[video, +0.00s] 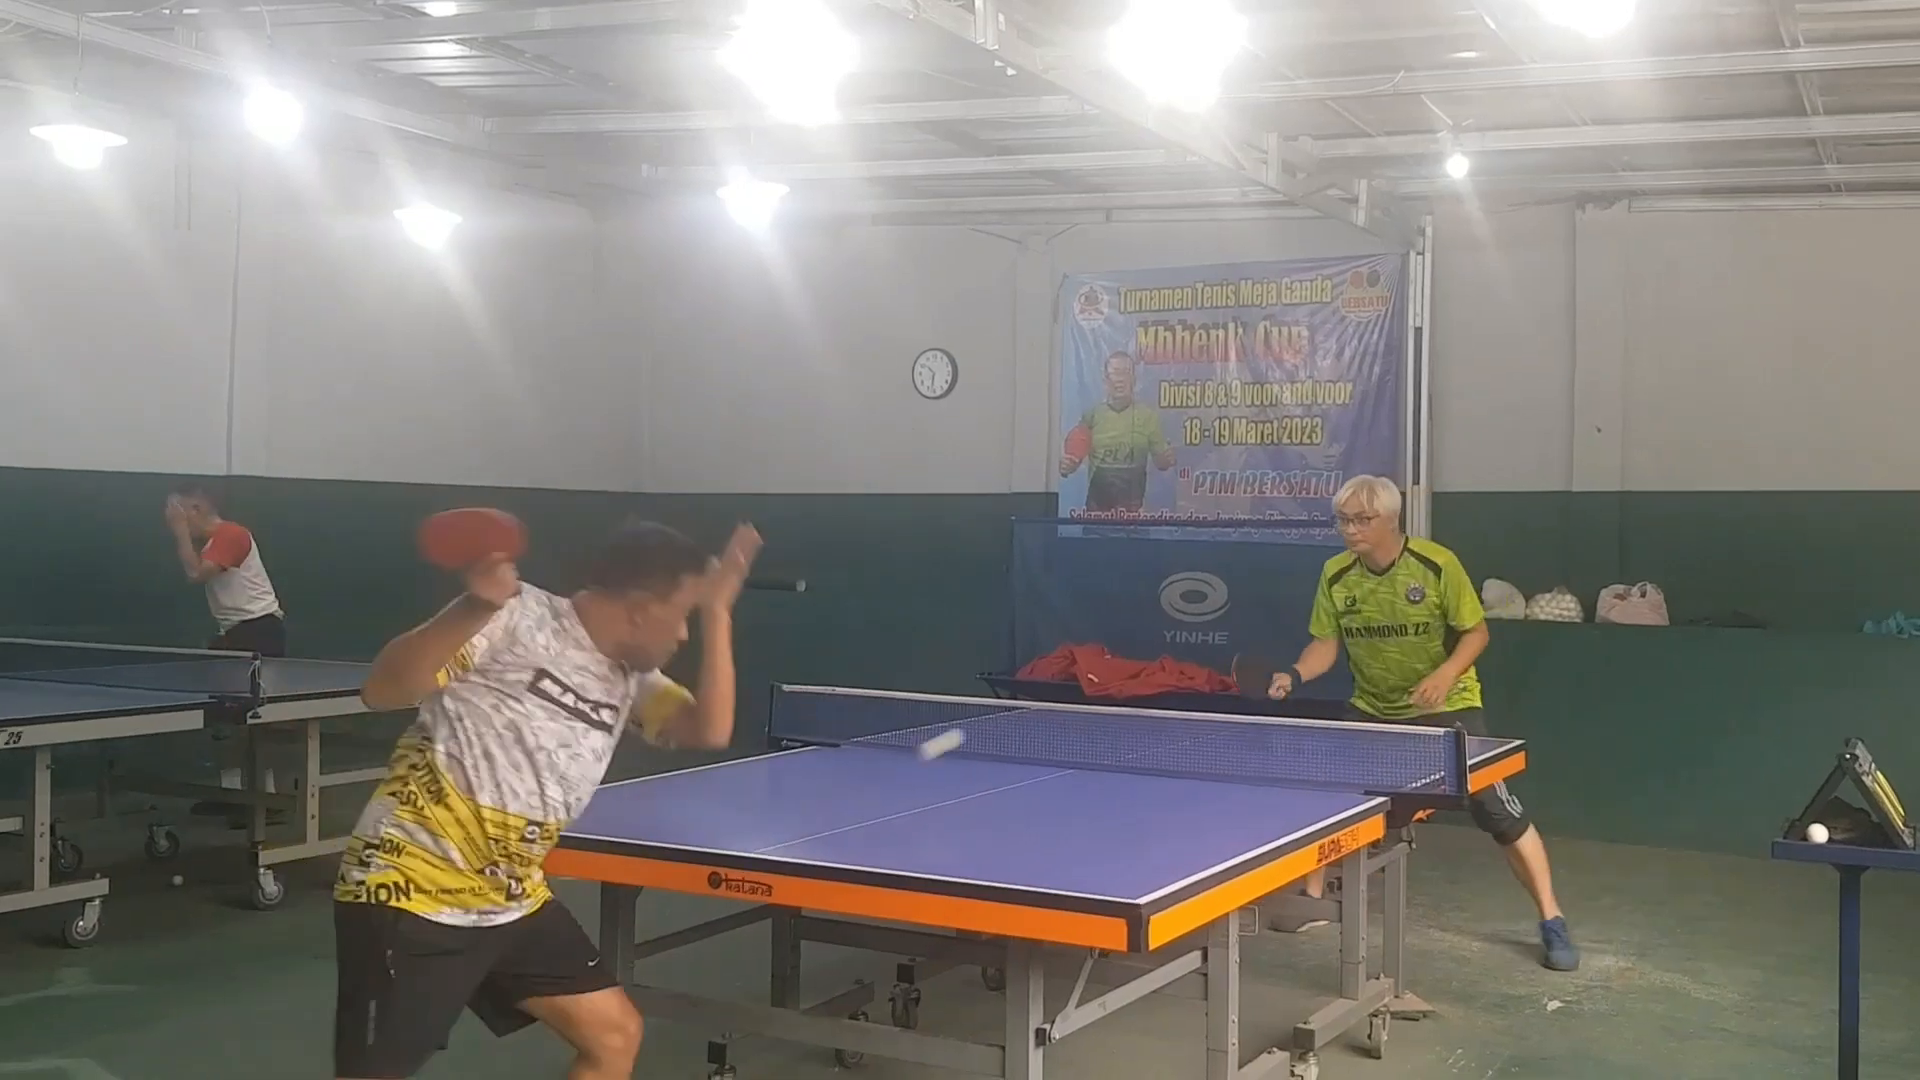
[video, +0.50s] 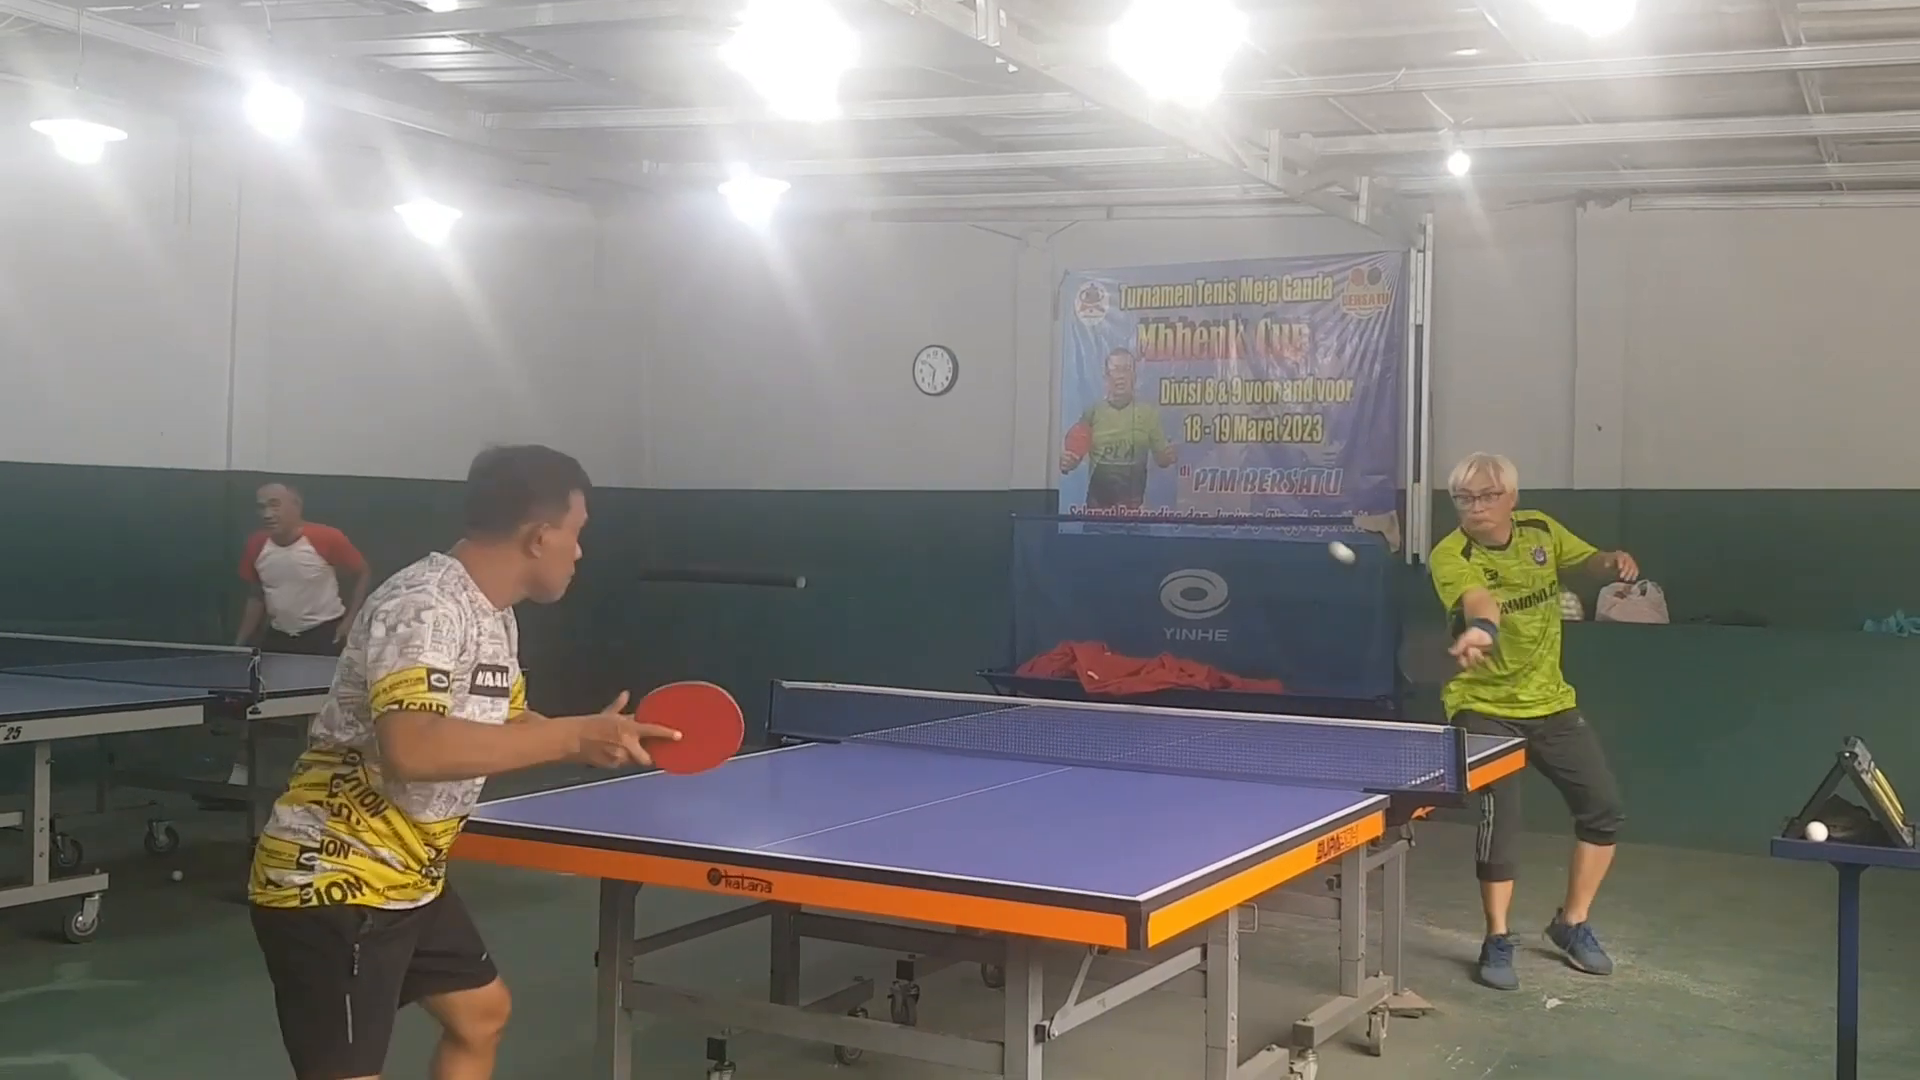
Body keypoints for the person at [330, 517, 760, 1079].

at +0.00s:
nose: (686, 635)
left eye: (692, 619)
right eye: (683, 615)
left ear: (639, 610)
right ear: (638, 605)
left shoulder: (628, 681)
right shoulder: (513, 611)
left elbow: (711, 729)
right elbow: (380, 689)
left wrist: (718, 612)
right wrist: (473, 607)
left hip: (509, 895)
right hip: (407, 889)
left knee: (615, 1037)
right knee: (372, 1069)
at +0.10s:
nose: (695, 637)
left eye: (699, 622)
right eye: (695, 620)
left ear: (652, 616)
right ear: (658, 615)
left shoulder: (639, 691)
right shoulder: (523, 618)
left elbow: (714, 761)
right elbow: (395, 706)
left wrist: (747, 674)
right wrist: (484, 657)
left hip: (507, 890)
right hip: (410, 877)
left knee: (618, 1027)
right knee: (405, 1070)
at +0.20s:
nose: (671, 616)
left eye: (674, 600)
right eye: (670, 597)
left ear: (626, 590)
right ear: (630, 589)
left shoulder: (608, 672)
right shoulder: (495, 613)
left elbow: (678, 757)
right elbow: (407, 717)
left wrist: (726, 702)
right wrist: (531, 696)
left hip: (490, 887)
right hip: (397, 878)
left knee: (600, 1025)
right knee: (404, 1070)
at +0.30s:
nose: (625, 583)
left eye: (627, 565)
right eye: (624, 564)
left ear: (580, 563)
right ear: (586, 563)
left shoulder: (543, 648)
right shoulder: (468, 606)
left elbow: (601, 749)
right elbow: (411, 727)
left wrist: (669, 719)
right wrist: (562, 715)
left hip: (450, 891)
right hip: (368, 896)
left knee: (551, 1024)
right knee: (370, 1067)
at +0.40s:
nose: (598, 564)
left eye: (600, 548)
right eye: (595, 547)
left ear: (547, 545)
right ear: (557, 546)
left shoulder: (507, 626)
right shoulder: (442, 601)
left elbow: (538, 736)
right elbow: (409, 732)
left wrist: (623, 722)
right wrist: (562, 725)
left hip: (416, 885)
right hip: (338, 890)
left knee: (510, 1016)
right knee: (349, 1068)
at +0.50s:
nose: (579, 553)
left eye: (579, 536)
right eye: (576, 535)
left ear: (532, 539)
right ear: (537, 538)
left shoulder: (495, 617)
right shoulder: (423, 602)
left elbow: (504, 726)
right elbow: (411, 747)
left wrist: (590, 735)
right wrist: (571, 739)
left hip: (406, 878)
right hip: (329, 886)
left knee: (480, 1016)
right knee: (346, 1069)